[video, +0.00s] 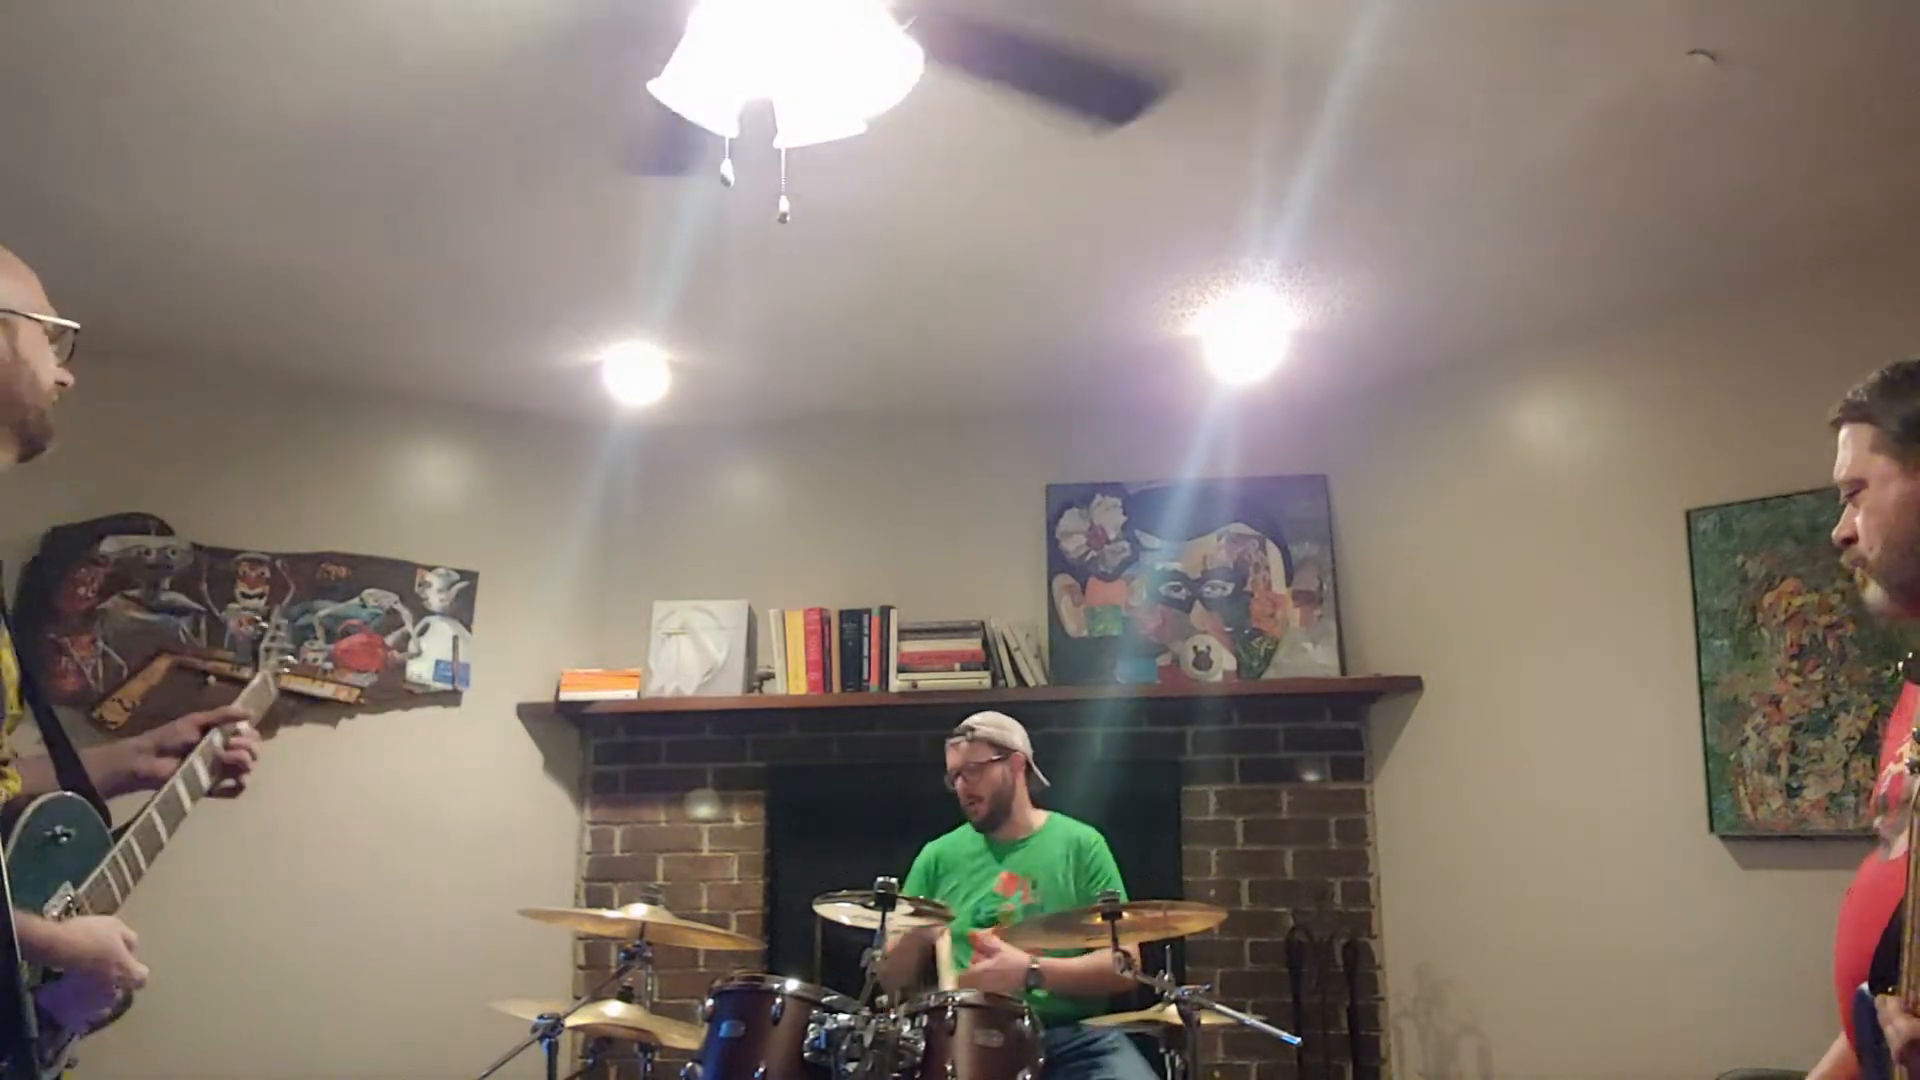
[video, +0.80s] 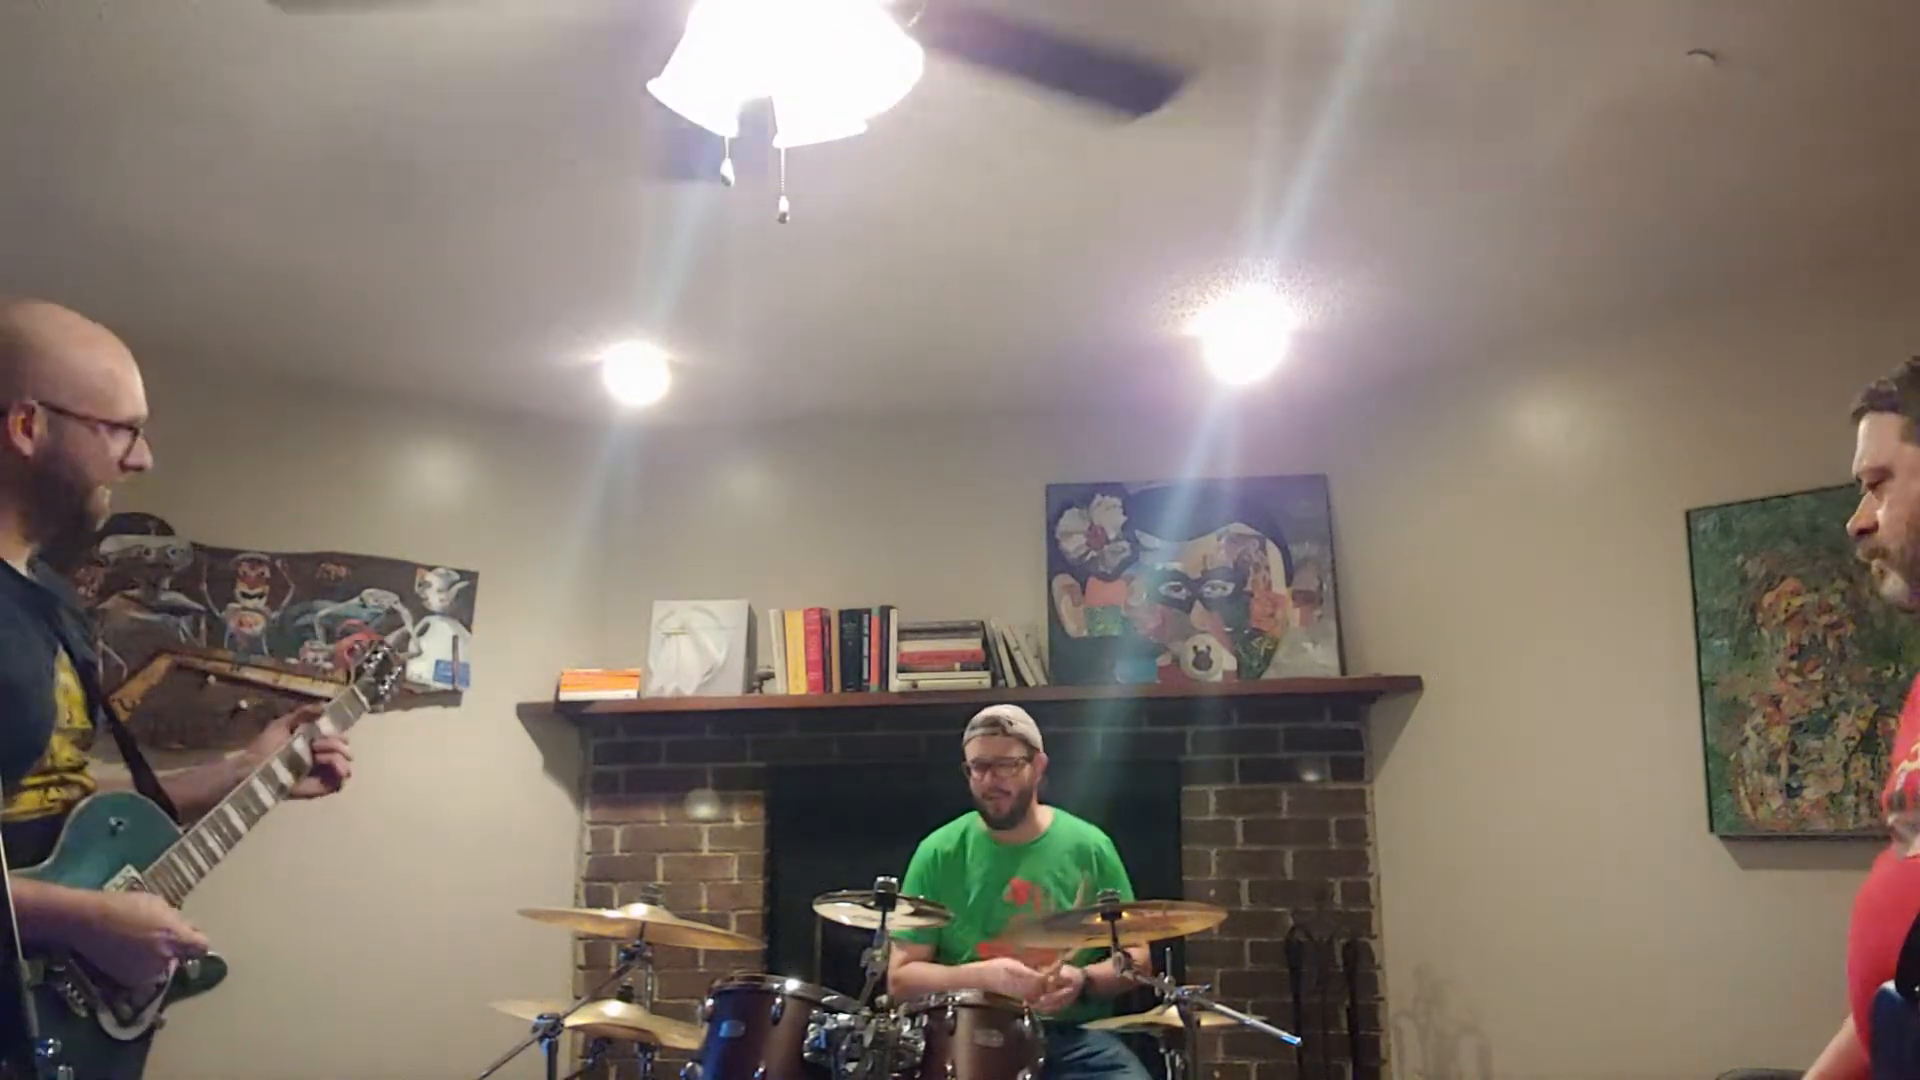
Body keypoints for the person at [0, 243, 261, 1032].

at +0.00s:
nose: (67, 376)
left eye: (63, 343)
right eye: (53, 335)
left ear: (9, 338)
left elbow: (5, 777)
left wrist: (141, 759)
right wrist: (49, 941)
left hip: (26, 1021)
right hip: (14, 1027)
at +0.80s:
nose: (142, 460)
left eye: (140, 432)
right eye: (122, 431)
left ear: (27, 430)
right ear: (26, 428)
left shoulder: (47, 602)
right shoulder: (15, 609)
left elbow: (65, 809)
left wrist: (250, 768)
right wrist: (78, 919)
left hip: (70, 1034)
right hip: (18, 1039)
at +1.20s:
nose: (146, 475)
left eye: (147, 444)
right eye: (119, 450)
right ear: (17, 448)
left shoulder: (52, 614)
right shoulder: (18, 616)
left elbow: (72, 820)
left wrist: (256, 774)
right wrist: (83, 914)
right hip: (14, 1056)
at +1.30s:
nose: (144, 478)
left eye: (145, 449)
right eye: (118, 453)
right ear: (16, 450)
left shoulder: (52, 611)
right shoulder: (17, 614)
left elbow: (78, 828)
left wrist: (255, 780)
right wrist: (79, 910)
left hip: (79, 1040)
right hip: (15, 1039)